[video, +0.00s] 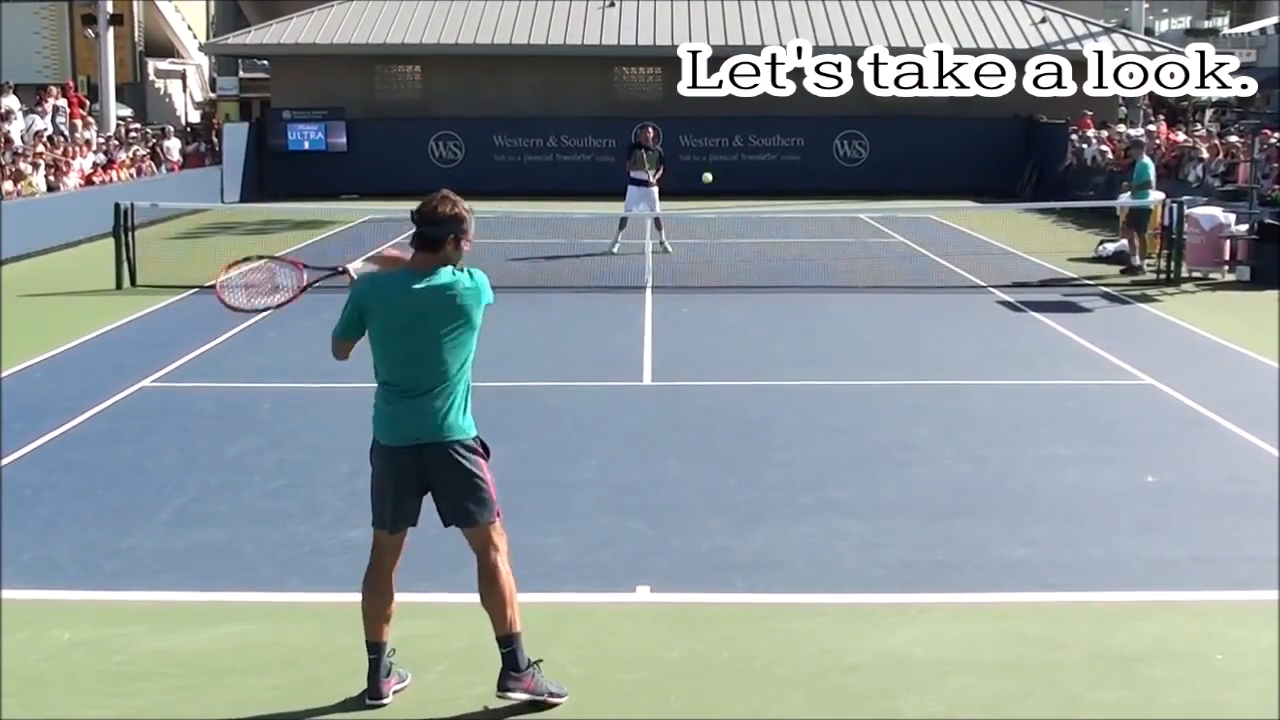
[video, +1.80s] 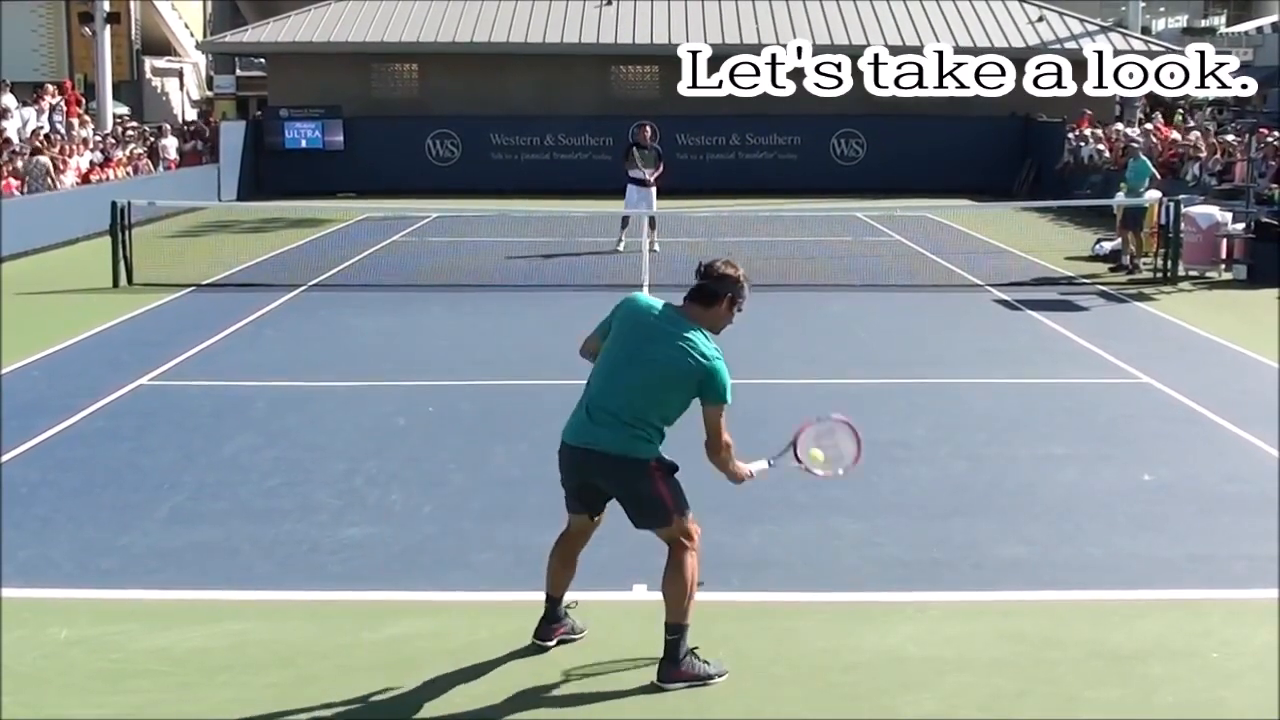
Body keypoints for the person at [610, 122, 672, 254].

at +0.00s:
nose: (647, 135)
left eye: (649, 132)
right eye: (645, 132)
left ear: (653, 135)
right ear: (640, 135)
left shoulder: (658, 151)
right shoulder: (633, 148)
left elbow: (661, 167)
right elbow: (629, 166)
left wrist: (655, 178)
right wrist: (635, 155)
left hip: (650, 184)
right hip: (635, 183)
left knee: (656, 214)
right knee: (626, 213)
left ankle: (663, 240)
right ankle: (616, 240)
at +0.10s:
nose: (648, 141)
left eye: (650, 138)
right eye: (645, 138)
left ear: (654, 140)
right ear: (640, 140)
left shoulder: (655, 156)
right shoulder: (635, 154)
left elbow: (658, 170)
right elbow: (629, 169)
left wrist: (659, 179)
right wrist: (642, 172)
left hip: (650, 187)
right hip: (634, 188)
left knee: (657, 215)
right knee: (627, 215)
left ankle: (663, 243)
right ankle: (615, 242)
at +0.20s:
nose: (650, 143)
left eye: (653, 141)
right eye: (648, 140)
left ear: (656, 143)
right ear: (643, 142)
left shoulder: (657, 159)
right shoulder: (637, 155)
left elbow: (661, 179)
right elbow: (633, 171)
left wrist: (674, 178)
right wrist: (647, 172)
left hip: (649, 190)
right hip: (634, 189)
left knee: (658, 215)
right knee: (629, 217)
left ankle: (663, 243)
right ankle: (615, 243)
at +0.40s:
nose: (659, 145)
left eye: (661, 142)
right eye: (657, 142)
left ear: (662, 144)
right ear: (651, 142)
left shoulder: (661, 160)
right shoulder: (640, 154)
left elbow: (671, 178)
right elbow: (626, 166)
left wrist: (688, 180)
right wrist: (631, 178)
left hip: (650, 189)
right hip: (637, 188)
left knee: (658, 215)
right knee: (634, 215)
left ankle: (662, 243)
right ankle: (619, 239)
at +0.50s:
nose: (661, 146)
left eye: (663, 144)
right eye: (659, 143)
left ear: (663, 146)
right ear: (652, 143)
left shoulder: (661, 162)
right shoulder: (639, 154)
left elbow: (663, 180)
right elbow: (625, 164)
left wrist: (674, 189)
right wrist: (626, 174)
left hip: (649, 189)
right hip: (635, 188)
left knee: (656, 215)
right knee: (636, 215)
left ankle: (661, 243)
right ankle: (626, 242)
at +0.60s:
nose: (660, 146)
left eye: (661, 143)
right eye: (658, 142)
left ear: (662, 145)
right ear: (651, 142)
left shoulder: (659, 162)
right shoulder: (637, 152)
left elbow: (656, 179)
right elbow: (623, 163)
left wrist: (662, 193)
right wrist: (623, 173)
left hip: (648, 189)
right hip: (633, 188)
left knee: (653, 216)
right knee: (634, 215)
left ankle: (661, 243)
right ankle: (629, 244)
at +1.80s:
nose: (645, 134)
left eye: (647, 131)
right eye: (643, 131)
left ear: (651, 134)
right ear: (638, 134)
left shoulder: (656, 150)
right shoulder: (632, 148)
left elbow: (660, 166)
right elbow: (627, 166)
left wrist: (652, 177)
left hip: (649, 184)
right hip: (633, 184)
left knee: (651, 213)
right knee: (627, 212)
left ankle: (653, 240)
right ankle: (621, 239)